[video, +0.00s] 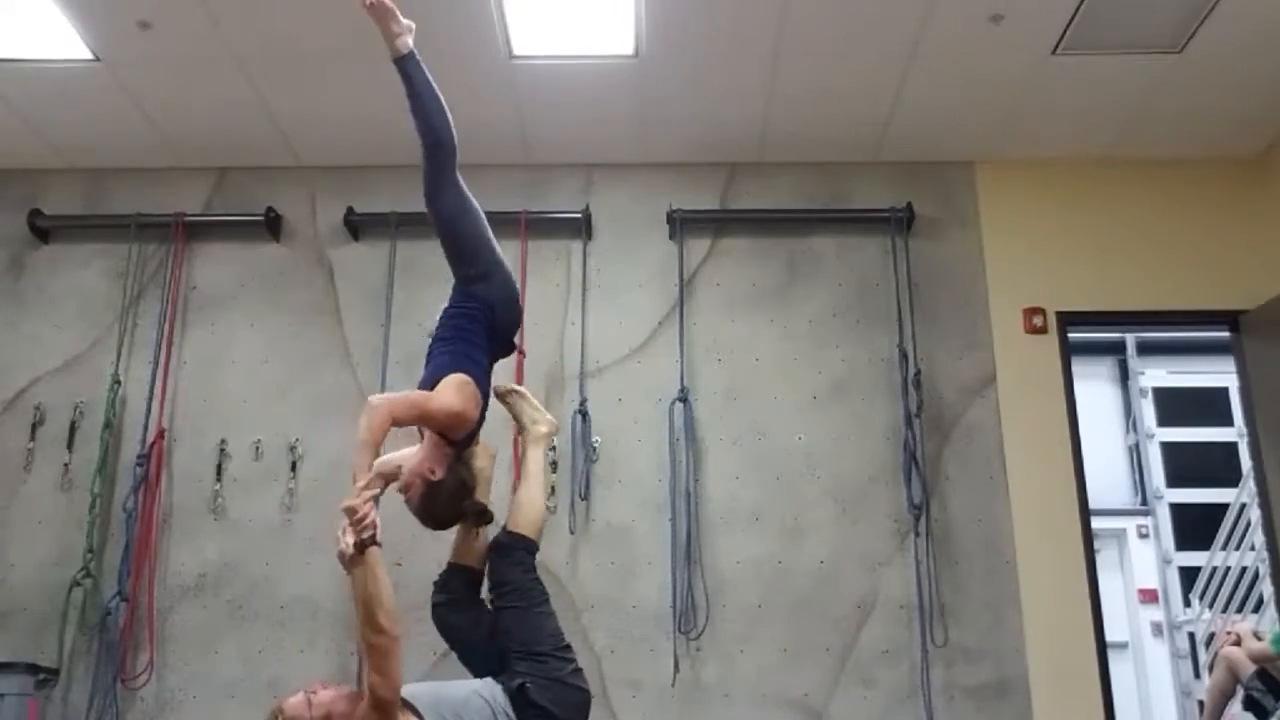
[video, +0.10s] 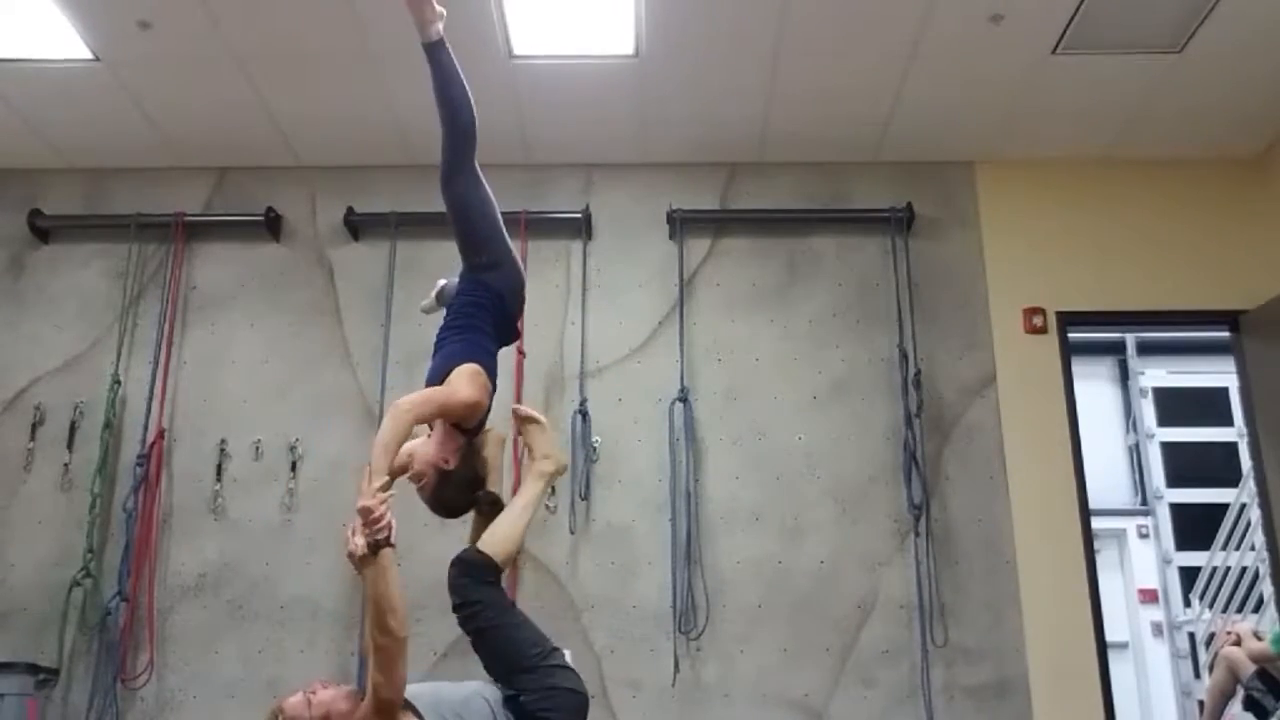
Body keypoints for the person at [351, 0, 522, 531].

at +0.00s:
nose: (405, 483)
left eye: (407, 490)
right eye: (413, 486)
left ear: (431, 472)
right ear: (435, 471)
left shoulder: (459, 434)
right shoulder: (449, 414)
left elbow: (393, 465)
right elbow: (377, 410)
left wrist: (366, 505)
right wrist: (360, 488)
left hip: (499, 325)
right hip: (491, 298)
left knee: (444, 176)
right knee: (442, 167)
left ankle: (406, 47)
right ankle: (402, 45)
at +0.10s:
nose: (414, 469)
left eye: (416, 478)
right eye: (426, 472)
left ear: (442, 453)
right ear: (450, 457)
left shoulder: (455, 420)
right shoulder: (464, 402)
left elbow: (394, 459)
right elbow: (400, 413)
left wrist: (368, 510)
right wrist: (373, 487)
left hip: (502, 314)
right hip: (496, 284)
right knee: (460, 164)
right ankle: (431, 29)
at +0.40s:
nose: (424, 478)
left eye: (425, 488)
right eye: (434, 483)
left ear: (444, 470)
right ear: (458, 472)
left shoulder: (428, 426)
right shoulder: (472, 399)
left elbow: (384, 465)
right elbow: (415, 413)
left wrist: (358, 525)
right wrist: (393, 483)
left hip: (480, 307)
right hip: (496, 285)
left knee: (451, 285)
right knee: (458, 156)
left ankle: (427, 268)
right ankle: (429, 23)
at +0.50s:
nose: (429, 473)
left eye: (431, 480)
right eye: (430, 482)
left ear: (435, 471)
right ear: (448, 471)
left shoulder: (417, 433)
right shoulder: (470, 412)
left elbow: (369, 464)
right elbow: (425, 416)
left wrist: (341, 519)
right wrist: (398, 490)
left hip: (472, 317)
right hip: (495, 298)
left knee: (455, 279)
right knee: (443, 156)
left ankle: (436, 232)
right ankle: (395, 44)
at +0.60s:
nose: (428, 489)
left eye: (428, 497)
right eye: (436, 495)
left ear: (441, 483)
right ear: (452, 485)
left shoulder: (418, 439)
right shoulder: (469, 427)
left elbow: (363, 464)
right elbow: (425, 420)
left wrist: (343, 519)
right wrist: (395, 496)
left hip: (470, 321)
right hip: (495, 305)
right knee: (423, 173)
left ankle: (452, 201)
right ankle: (355, 63)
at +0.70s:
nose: (428, 487)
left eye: (428, 496)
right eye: (437, 495)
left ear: (440, 490)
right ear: (457, 490)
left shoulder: (426, 439)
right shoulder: (467, 437)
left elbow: (371, 456)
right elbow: (413, 422)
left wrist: (354, 514)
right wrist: (386, 497)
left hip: (462, 327)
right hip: (488, 311)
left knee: (441, 252)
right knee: (424, 175)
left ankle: (447, 188)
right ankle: (368, 59)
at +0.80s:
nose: (431, 518)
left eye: (433, 528)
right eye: (440, 524)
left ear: (451, 510)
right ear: (461, 506)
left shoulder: (423, 455)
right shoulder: (472, 457)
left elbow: (373, 460)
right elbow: (440, 425)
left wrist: (342, 520)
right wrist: (413, 500)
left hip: (429, 341)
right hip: (467, 330)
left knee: (355, 263)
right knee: (464, 192)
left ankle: (300, 181)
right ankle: (462, 74)